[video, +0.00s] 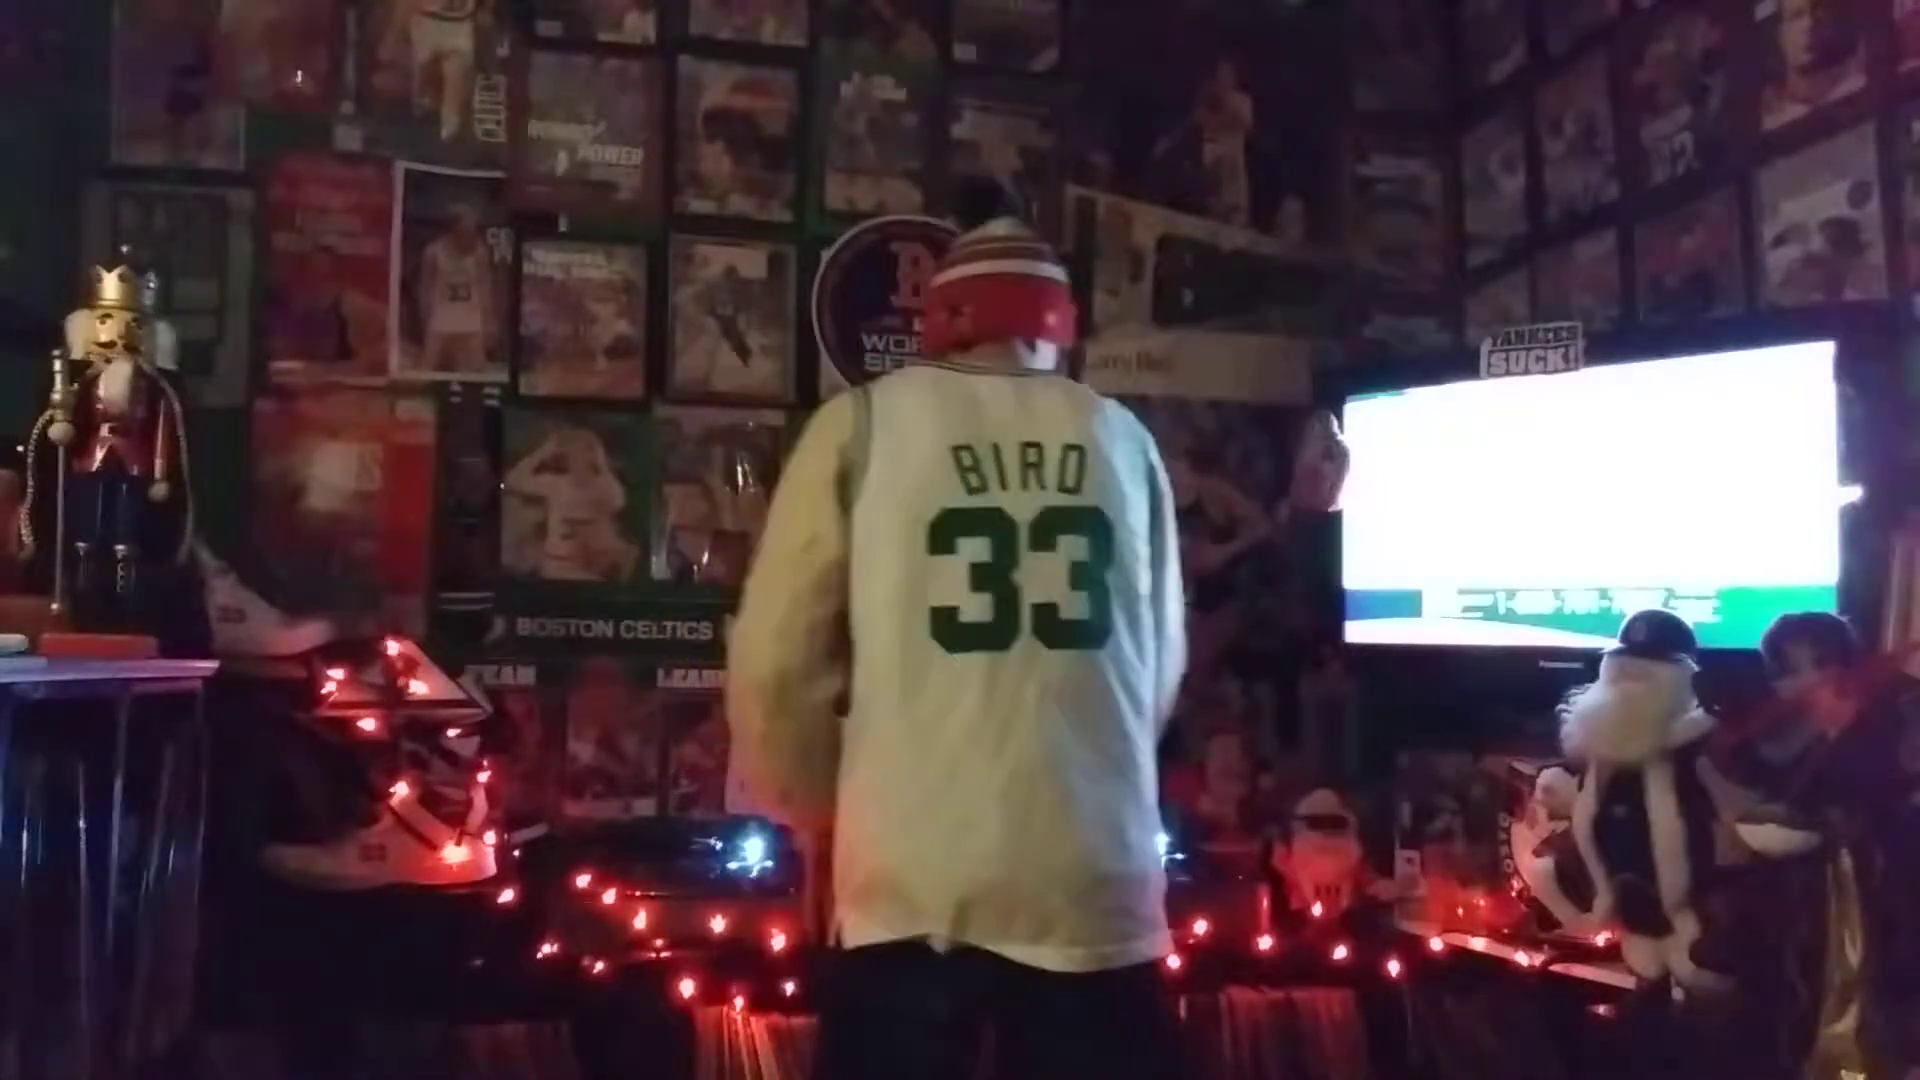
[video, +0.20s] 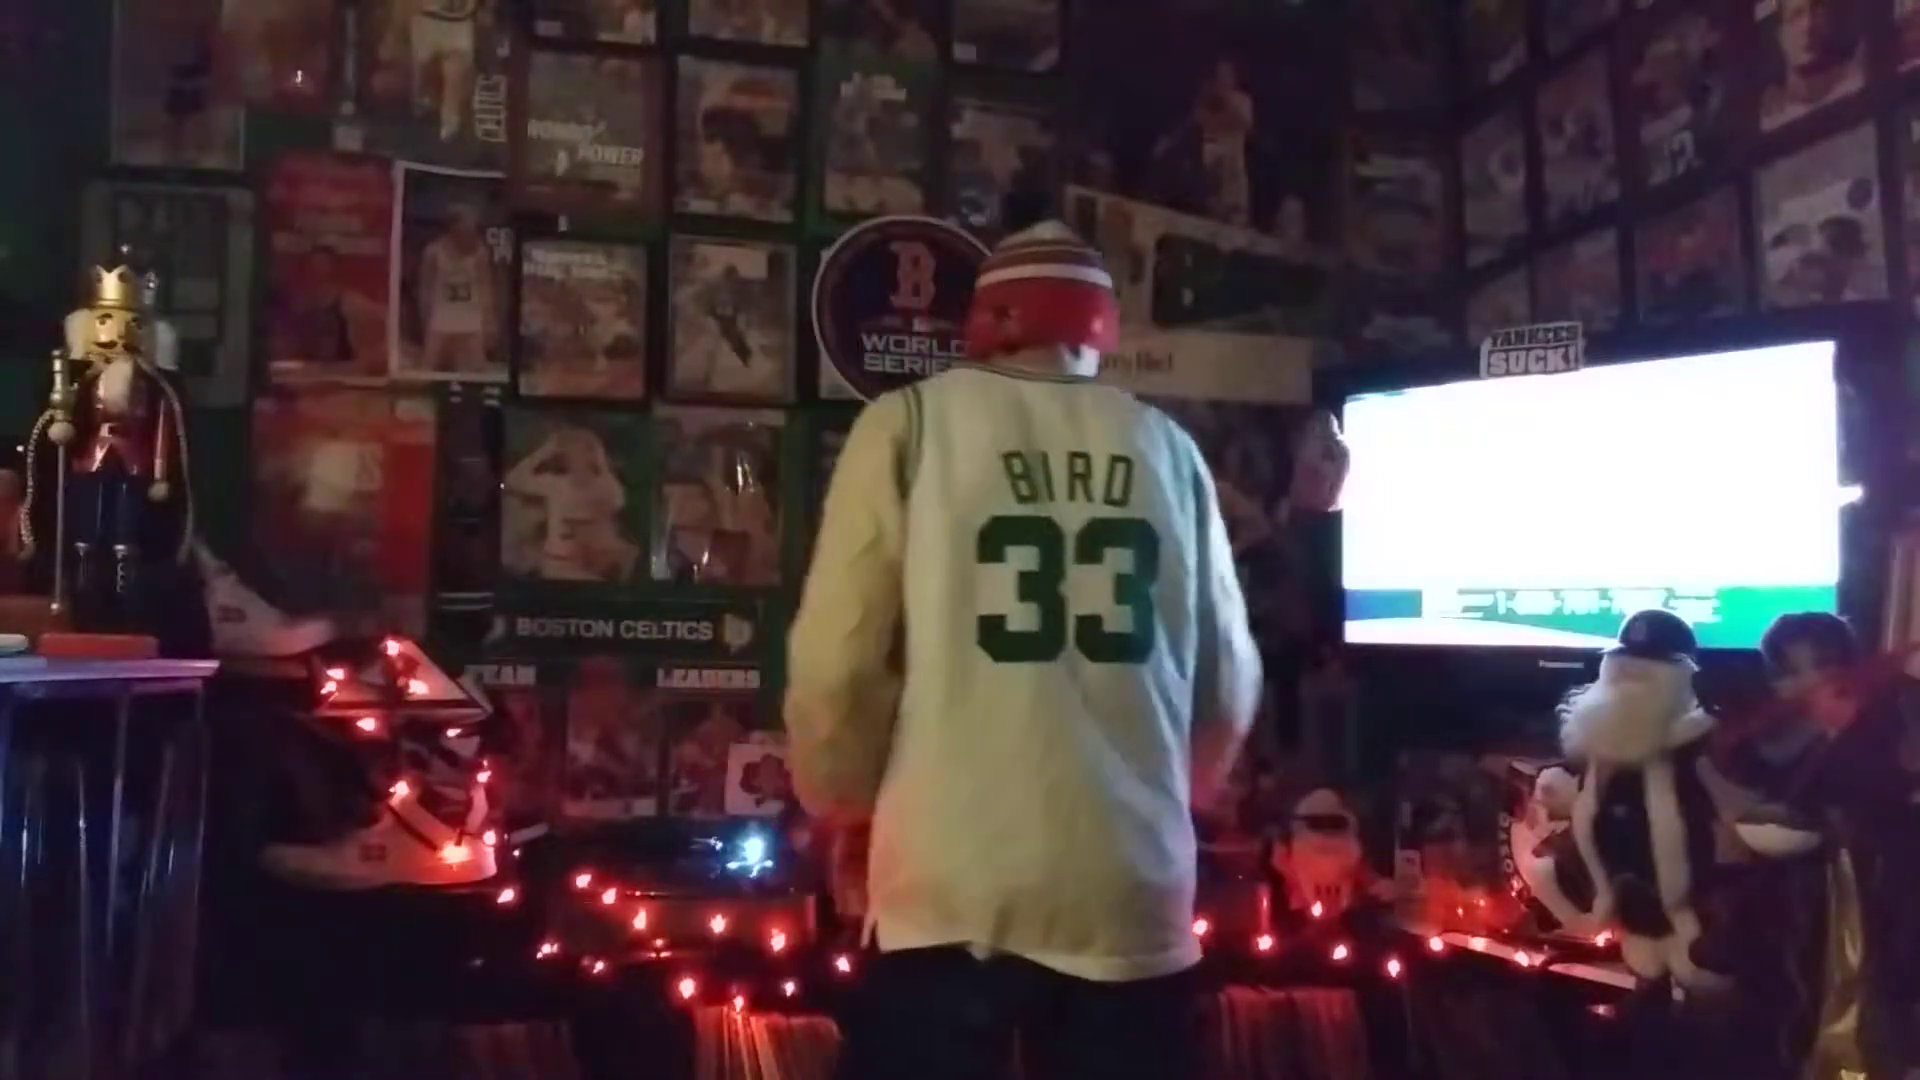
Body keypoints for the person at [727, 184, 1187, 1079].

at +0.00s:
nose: (919, 322)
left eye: (929, 306)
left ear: (945, 318)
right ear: (1062, 335)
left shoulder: (857, 424)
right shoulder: (1128, 440)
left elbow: (773, 662)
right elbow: (1161, 664)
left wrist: (830, 814)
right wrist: (1083, 779)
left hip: (908, 874)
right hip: (1097, 882)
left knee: (895, 1063)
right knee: (1099, 1067)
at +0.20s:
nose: (963, 334)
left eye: (972, 315)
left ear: (994, 318)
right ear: (1100, 334)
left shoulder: (907, 422)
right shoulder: (1171, 448)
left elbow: (830, 666)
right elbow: (1229, 692)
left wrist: (849, 816)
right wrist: (1162, 804)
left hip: (946, 880)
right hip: (1132, 890)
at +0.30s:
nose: (979, 335)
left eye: (988, 316)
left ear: (1010, 319)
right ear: (1116, 340)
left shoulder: (924, 418)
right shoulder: (1189, 451)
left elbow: (844, 667)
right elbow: (1249, 705)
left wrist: (868, 813)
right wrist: (1179, 812)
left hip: (953, 887)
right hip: (1140, 902)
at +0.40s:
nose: (996, 330)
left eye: (1004, 313)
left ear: (1019, 317)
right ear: (1130, 339)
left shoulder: (937, 415)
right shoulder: (1204, 453)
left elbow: (851, 664)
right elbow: (1263, 706)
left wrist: (915, 807)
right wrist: (1179, 812)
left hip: (959, 892)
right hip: (1148, 909)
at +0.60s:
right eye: (1168, 346)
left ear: (1032, 323)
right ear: (1153, 347)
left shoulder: (946, 414)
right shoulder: (1218, 455)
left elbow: (857, 655)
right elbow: (1268, 703)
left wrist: (941, 770)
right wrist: (1181, 812)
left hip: (963, 880)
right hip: (1151, 898)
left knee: (931, 1063)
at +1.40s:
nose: (1063, 353)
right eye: (1060, 335)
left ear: (929, 316)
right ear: (1048, 332)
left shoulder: (815, 415)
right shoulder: (1092, 440)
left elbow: (738, 652)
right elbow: (1150, 685)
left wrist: (858, 714)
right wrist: (1059, 762)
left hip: (851, 895)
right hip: (1045, 904)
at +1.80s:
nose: (966, 363)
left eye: (966, 347)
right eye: (963, 343)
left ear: (828, 317)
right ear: (942, 331)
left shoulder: (699, 423)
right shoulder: (970, 424)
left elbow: (642, 667)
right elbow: (1032, 682)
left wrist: (775, 704)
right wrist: (930, 753)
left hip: (750, 906)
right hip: (939, 911)